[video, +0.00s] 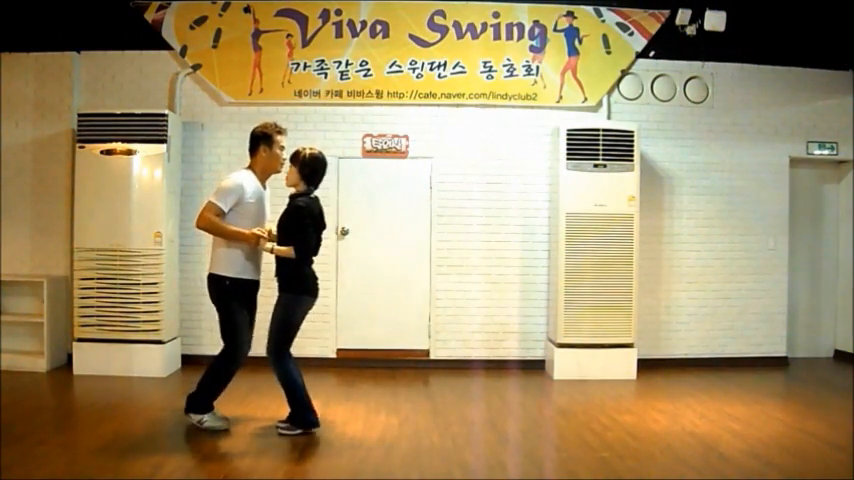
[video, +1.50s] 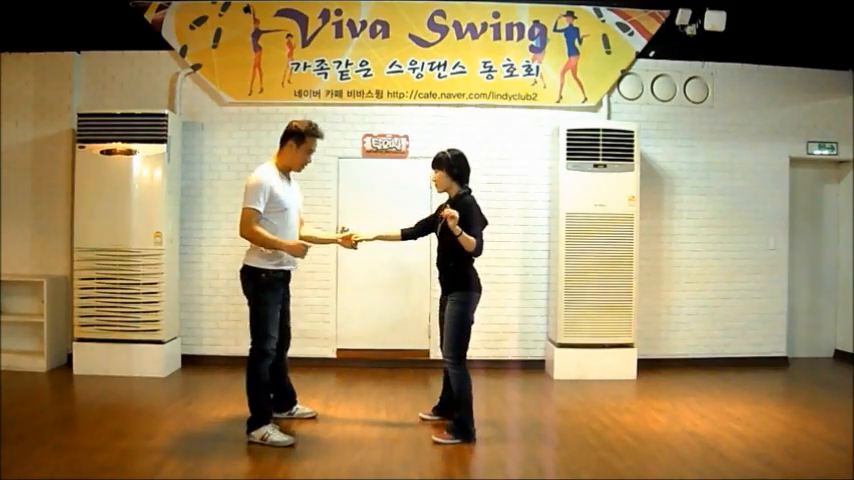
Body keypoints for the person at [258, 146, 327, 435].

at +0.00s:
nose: (285, 169)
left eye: (290, 166)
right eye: (288, 165)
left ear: (301, 173)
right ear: (306, 173)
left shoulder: (300, 206)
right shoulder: (309, 202)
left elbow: (302, 251)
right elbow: (306, 245)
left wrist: (269, 247)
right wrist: (275, 237)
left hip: (296, 288)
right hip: (301, 286)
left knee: (277, 350)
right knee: (279, 349)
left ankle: (303, 417)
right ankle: (302, 412)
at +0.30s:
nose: (317, 177)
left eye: (322, 173)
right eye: (320, 172)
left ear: (332, 179)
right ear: (337, 179)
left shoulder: (333, 212)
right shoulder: (341, 208)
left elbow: (330, 258)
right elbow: (351, 235)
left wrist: (299, 249)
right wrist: (310, 244)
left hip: (330, 296)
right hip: (340, 294)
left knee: (300, 353)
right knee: (341, 357)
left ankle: (307, 421)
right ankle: (397, 391)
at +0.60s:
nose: (385, 178)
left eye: (390, 173)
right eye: (387, 172)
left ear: (402, 178)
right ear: (406, 178)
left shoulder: (409, 211)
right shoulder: (407, 208)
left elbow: (390, 250)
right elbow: (383, 240)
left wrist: (356, 243)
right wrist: (355, 234)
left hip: (407, 294)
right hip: (414, 291)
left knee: (375, 348)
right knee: (417, 355)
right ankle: (445, 415)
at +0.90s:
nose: (417, 203)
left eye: (421, 198)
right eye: (418, 198)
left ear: (434, 200)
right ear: (435, 200)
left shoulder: (448, 233)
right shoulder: (437, 231)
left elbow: (445, 279)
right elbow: (412, 259)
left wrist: (412, 272)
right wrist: (380, 269)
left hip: (461, 316)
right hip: (448, 313)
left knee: (420, 366)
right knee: (412, 361)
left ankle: (458, 424)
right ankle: (443, 415)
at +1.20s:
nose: (428, 184)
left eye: (432, 179)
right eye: (429, 179)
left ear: (446, 182)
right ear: (444, 183)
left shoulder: (460, 212)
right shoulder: (443, 214)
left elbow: (462, 253)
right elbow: (412, 240)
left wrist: (437, 234)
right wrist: (368, 241)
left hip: (471, 296)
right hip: (458, 295)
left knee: (439, 358)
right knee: (432, 354)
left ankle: (462, 427)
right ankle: (448, 414)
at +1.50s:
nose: (432, 177)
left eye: (436, 171)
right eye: (433, 171)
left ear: (451, 173)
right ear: (448, 174)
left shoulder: (469, 206)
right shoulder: (445, 208)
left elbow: (475, 249)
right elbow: (413, 233)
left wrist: (454, 227)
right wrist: (372, 236)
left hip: (464, 290)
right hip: (448, 290)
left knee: (454, 356)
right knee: (448, 353)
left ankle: (464, 429)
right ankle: (447, 408)